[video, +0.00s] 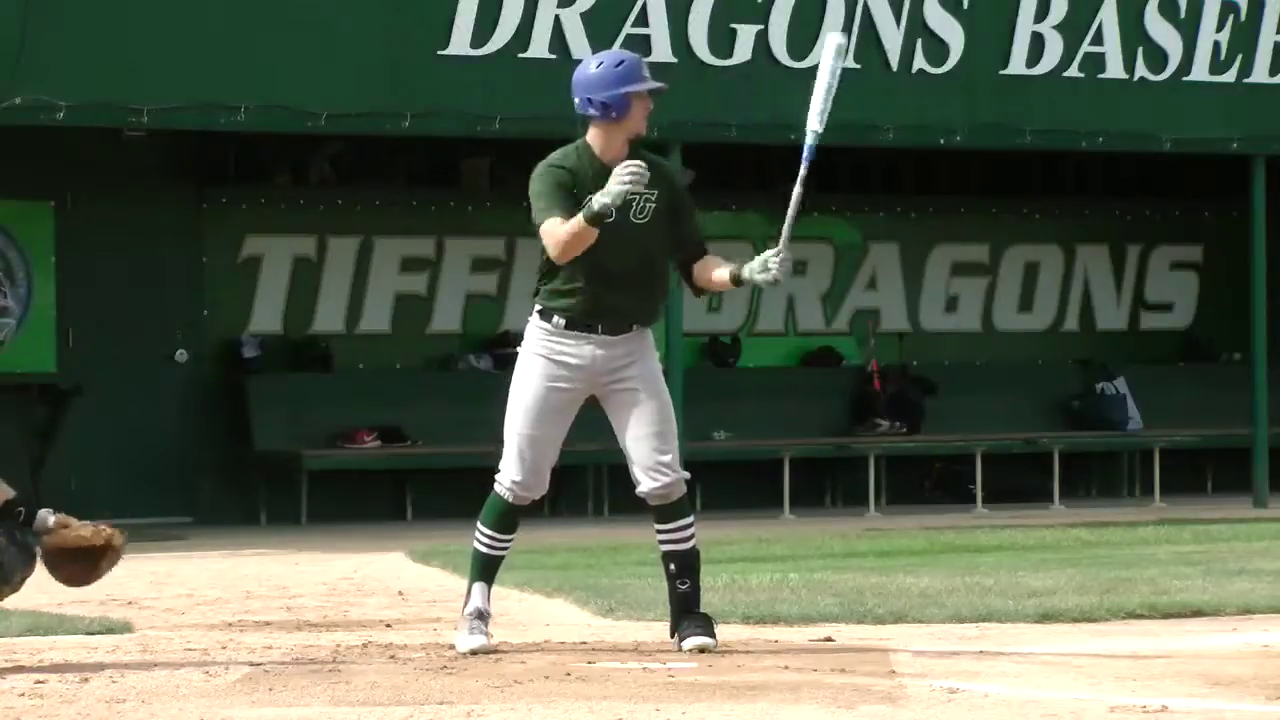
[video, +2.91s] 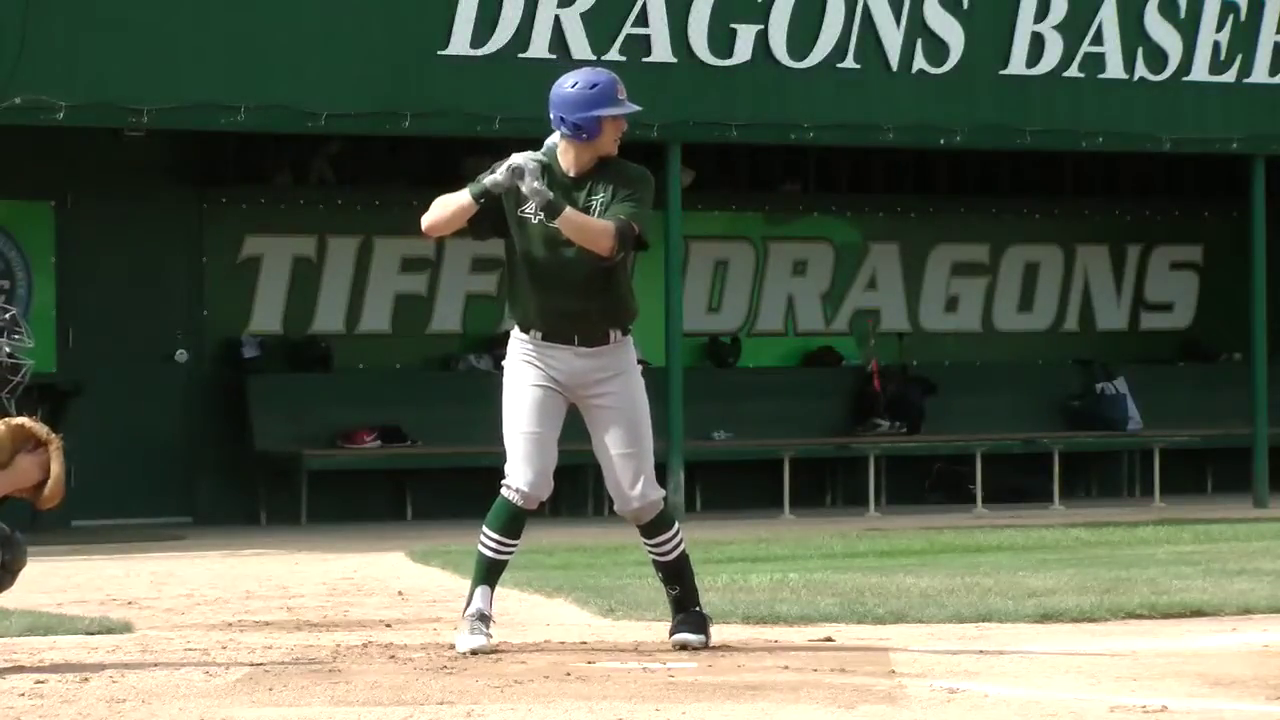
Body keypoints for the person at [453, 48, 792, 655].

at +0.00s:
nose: (650, 105)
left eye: (648, 96)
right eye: (641, 96)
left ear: (620, 106)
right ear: (609, 105)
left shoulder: (661, 178)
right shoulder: (556, 173)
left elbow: (699, 267)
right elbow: (558, 245)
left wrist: (744, 270)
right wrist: (605, 201)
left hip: (632, 348)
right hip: (556, 345)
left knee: (665, 480)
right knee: (520, 481)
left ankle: (688, 619)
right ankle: (476, 608)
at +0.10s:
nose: (647, 104)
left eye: (645, 96)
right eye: (638, 97)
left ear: (615, 107)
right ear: (606, 106)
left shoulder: (660, 179)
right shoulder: (549, 180)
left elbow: (686, 267)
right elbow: (541, 279)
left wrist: (735, 301)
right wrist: (602, 282)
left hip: (630, 349)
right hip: (551, 346)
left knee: (661, 478)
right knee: (517, 478)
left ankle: (688, 618)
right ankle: (475, 607)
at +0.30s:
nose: (637, 109)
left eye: (635, 100)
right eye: (626, 102)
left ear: (618, 107)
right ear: (593, 110)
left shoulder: (658, 181)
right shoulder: (535, 185)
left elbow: (673, 270)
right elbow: (512, 283)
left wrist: (683, 344)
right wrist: (553, 339)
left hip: (631, 347)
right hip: (548, 344)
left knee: (661, 480)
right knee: (514, 478)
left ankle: (687, 617)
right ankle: (475, 609)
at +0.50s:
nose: (634, 111)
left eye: (632, 101)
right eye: (623, 103)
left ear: (616, 108)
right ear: (590, 111)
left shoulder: (652, 179)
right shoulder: (532, 184)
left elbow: (651, 273)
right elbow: (507, 280)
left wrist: (617, 347)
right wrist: (538, 343)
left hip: (631, 343)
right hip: (551, 343)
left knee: (662, 481)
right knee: (516, 480)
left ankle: (688, 616)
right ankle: (476, 610)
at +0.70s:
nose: (627, 111)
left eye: (626, 102)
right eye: (617, 103)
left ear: (607, 110)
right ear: (583, 111)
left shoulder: (642, 174)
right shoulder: (525, 181)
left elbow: (640, 258)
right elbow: (507, 262)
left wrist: (574, 301)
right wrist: (508, 294)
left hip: (629, 348)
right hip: (549, 349)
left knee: (661, 479)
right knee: (516, 477)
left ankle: (688, 616)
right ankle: (476, 608)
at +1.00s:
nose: (592, 113)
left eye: (590, 104)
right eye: (582, 106)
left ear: (567, 112)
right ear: (547, 112)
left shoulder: (603, 170)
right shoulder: (489, 176)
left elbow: (593, 251)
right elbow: (434, 267)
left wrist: (513, 243)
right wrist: (451, 233)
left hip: (597, 346)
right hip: (519, 349)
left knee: (638, 477)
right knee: (498, 479)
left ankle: (688, 613)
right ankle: (473, 610)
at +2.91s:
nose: (623, 126)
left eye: (621, 117)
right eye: (614, 119)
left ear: (593, 122)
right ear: (582, 124)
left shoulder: (628, 179)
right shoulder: (521, 172)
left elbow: (616, 241)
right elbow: (432, 224)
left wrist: (550, 209)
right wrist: (488, 190)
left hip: (610, 358)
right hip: (533, 355)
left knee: (639, 495)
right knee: (525, 484)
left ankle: (687, 611)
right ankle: (477, 610)